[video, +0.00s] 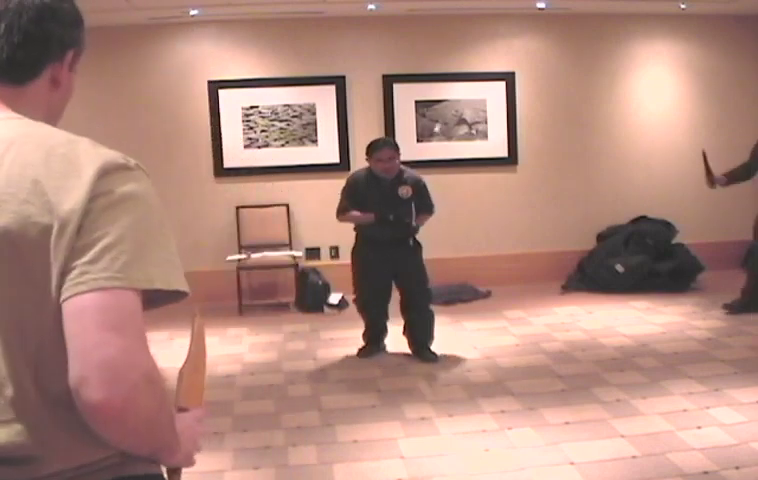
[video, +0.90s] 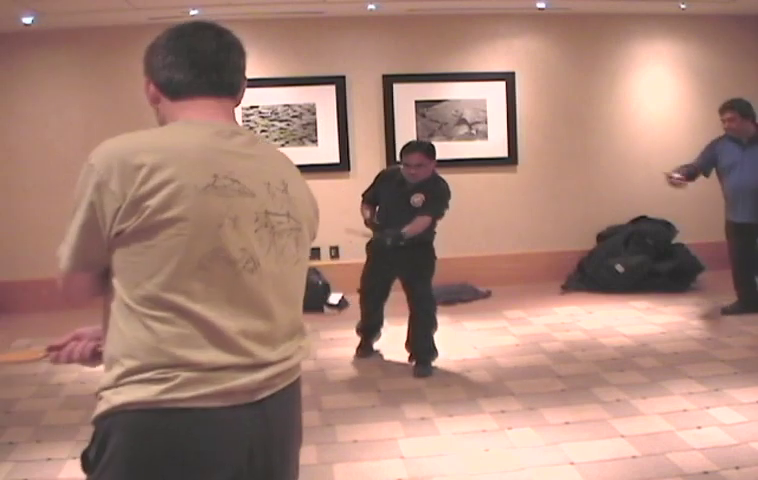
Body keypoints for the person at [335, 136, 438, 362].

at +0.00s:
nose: (387, 165)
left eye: (391, 160)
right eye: (381, 161)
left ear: (399, 158)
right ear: (370, 161)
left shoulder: (412, 181)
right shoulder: (357, 181)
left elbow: (426, 210)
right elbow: (342, 214)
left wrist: (409, 227)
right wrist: (374, 218)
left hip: (404, 248)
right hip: (370, 250)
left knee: (417, 298)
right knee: (369, 299)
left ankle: (420, 345)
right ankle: (373, 342)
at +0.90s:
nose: (412, 172)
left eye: (418, 166)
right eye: (407, 165)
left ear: (432, 165)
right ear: (401, 163)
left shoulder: (438, 187)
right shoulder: (387, 177)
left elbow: (426, 219)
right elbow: (367, 202)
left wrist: (400, 234)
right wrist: (371, 221)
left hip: (416, 250)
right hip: (382, 248)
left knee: (421, 303)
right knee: (370, 294)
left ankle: (423, 357)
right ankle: (367, 337)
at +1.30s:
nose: (415, 175)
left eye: (422, 169)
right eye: (410, 169)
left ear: (434, 167)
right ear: (402, 167)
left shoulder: (443, 191)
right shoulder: (388, 181)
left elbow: (442, 231)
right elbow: (367, 208)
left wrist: (423, 257)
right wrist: (375, 232)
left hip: (422, 252)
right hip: (386, 249)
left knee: (425, 306)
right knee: (371, 298)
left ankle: (423, 358)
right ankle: (366, 337)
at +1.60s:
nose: (406, 166)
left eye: (411, 161)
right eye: (399, 162)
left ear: (421, 162)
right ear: (390, 163)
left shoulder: (431, 186)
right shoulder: (377, 182)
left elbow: (447, 228)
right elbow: (354, 216)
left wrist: (455, 261)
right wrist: (349, 247)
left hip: (415, 251)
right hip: (379, 251)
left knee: (424, 304)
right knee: (371, 300)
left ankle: (423, 357)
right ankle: (374, 339)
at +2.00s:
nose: (377, 162)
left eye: (380, 156)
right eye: (370, 159)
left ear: (387, 154)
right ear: (359, 162)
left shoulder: (404, 179)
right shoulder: (348, 183)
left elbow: (426, 215)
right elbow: (331, 218)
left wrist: (441, 242)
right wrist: (332, 248)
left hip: (400, 245)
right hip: (364, 248)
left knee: (412, 296)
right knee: (369, 299)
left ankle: (421, 345)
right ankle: (378, 339)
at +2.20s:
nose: (374, 155)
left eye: (375, 149)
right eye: (366, 153)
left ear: (379, 148)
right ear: (354, 157)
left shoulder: (399, 173)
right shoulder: (345, 179)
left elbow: (412, 210)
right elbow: (328, 215)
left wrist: (413, 244)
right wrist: (330, 246)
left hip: (396, 237)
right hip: (364, 240)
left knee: (409, 283)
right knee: (370, 290)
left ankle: (402, 328)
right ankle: (377, 336)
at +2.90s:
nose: (378, 156)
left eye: (379, 152)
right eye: (372, 154)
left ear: (383, 150)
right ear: (358, 156)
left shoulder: (394, 173)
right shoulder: (345, 174)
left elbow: (408, 205)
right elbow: (327, 206)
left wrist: (416, 231)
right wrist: (323, 236)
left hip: (385, 230)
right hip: (355, 231)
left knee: (390, 273)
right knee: (352, 275)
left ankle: (378, 322)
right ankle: (351, 327)